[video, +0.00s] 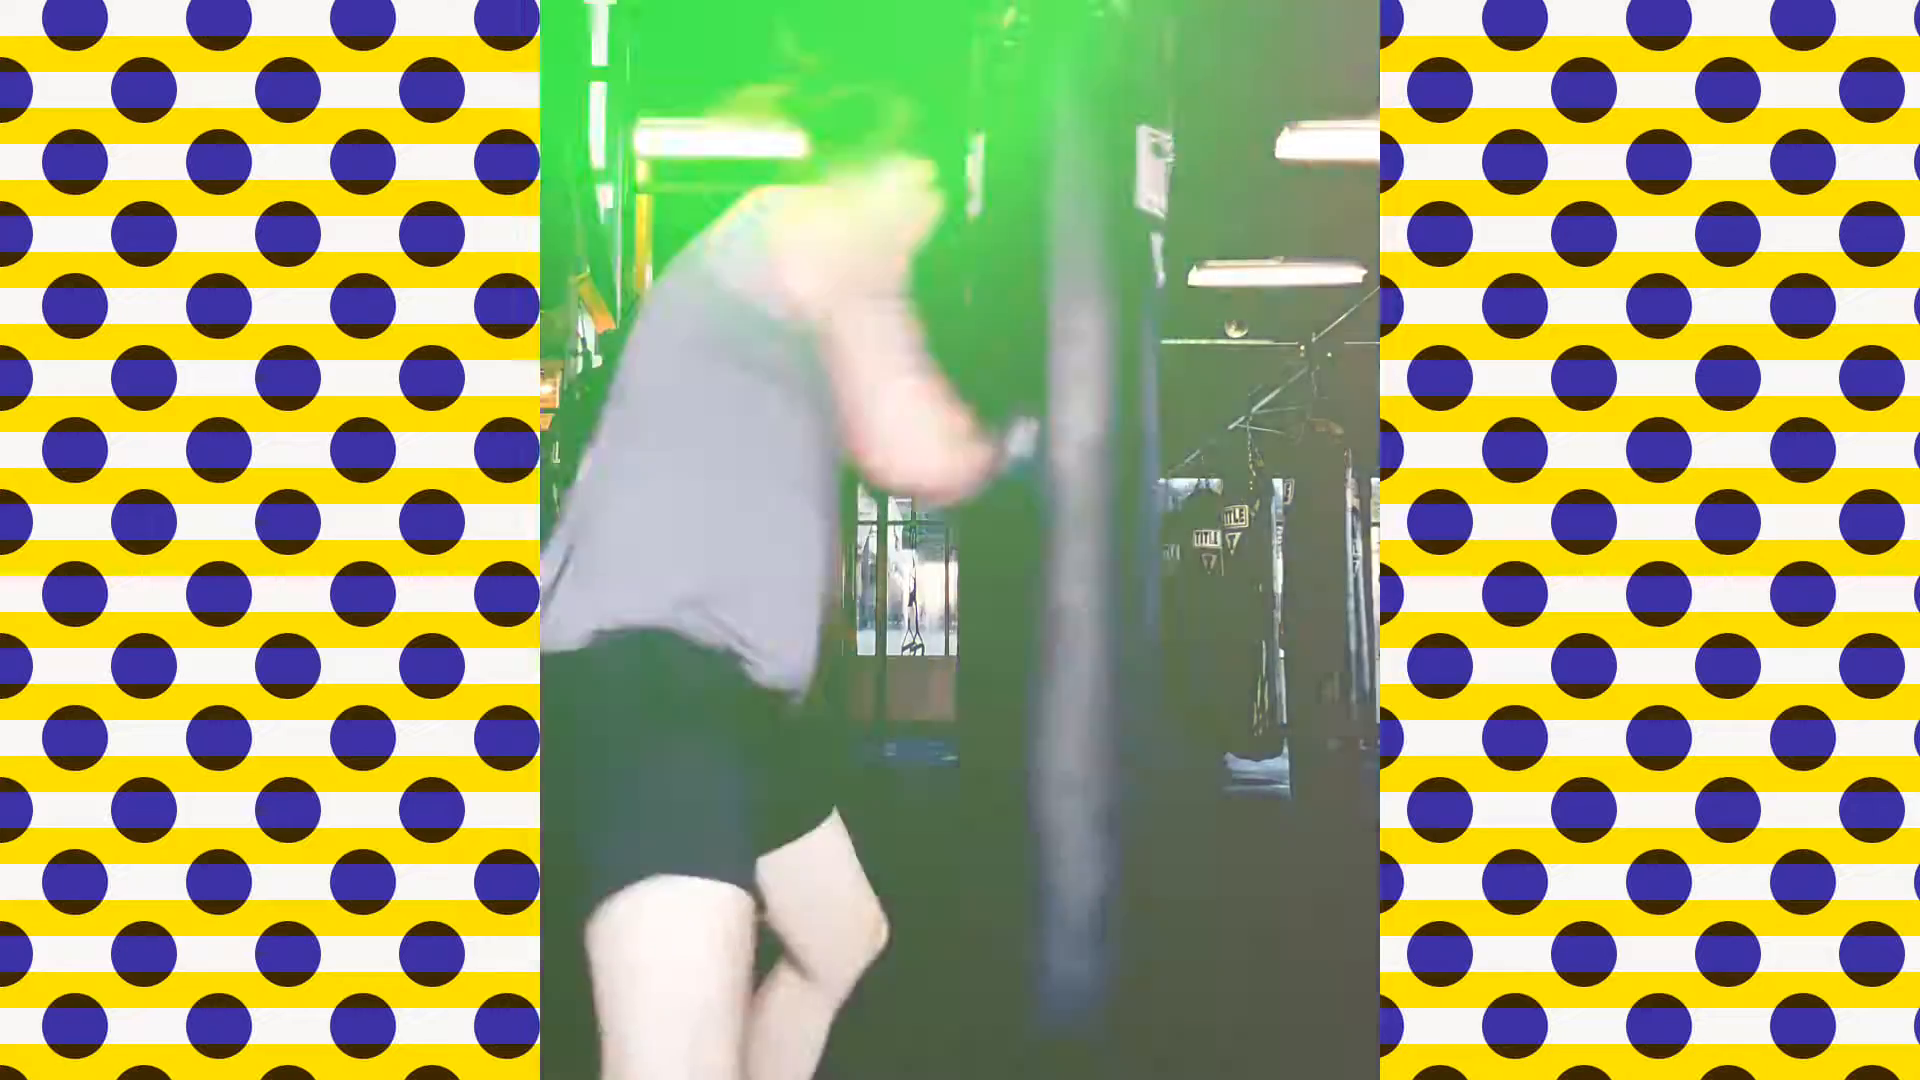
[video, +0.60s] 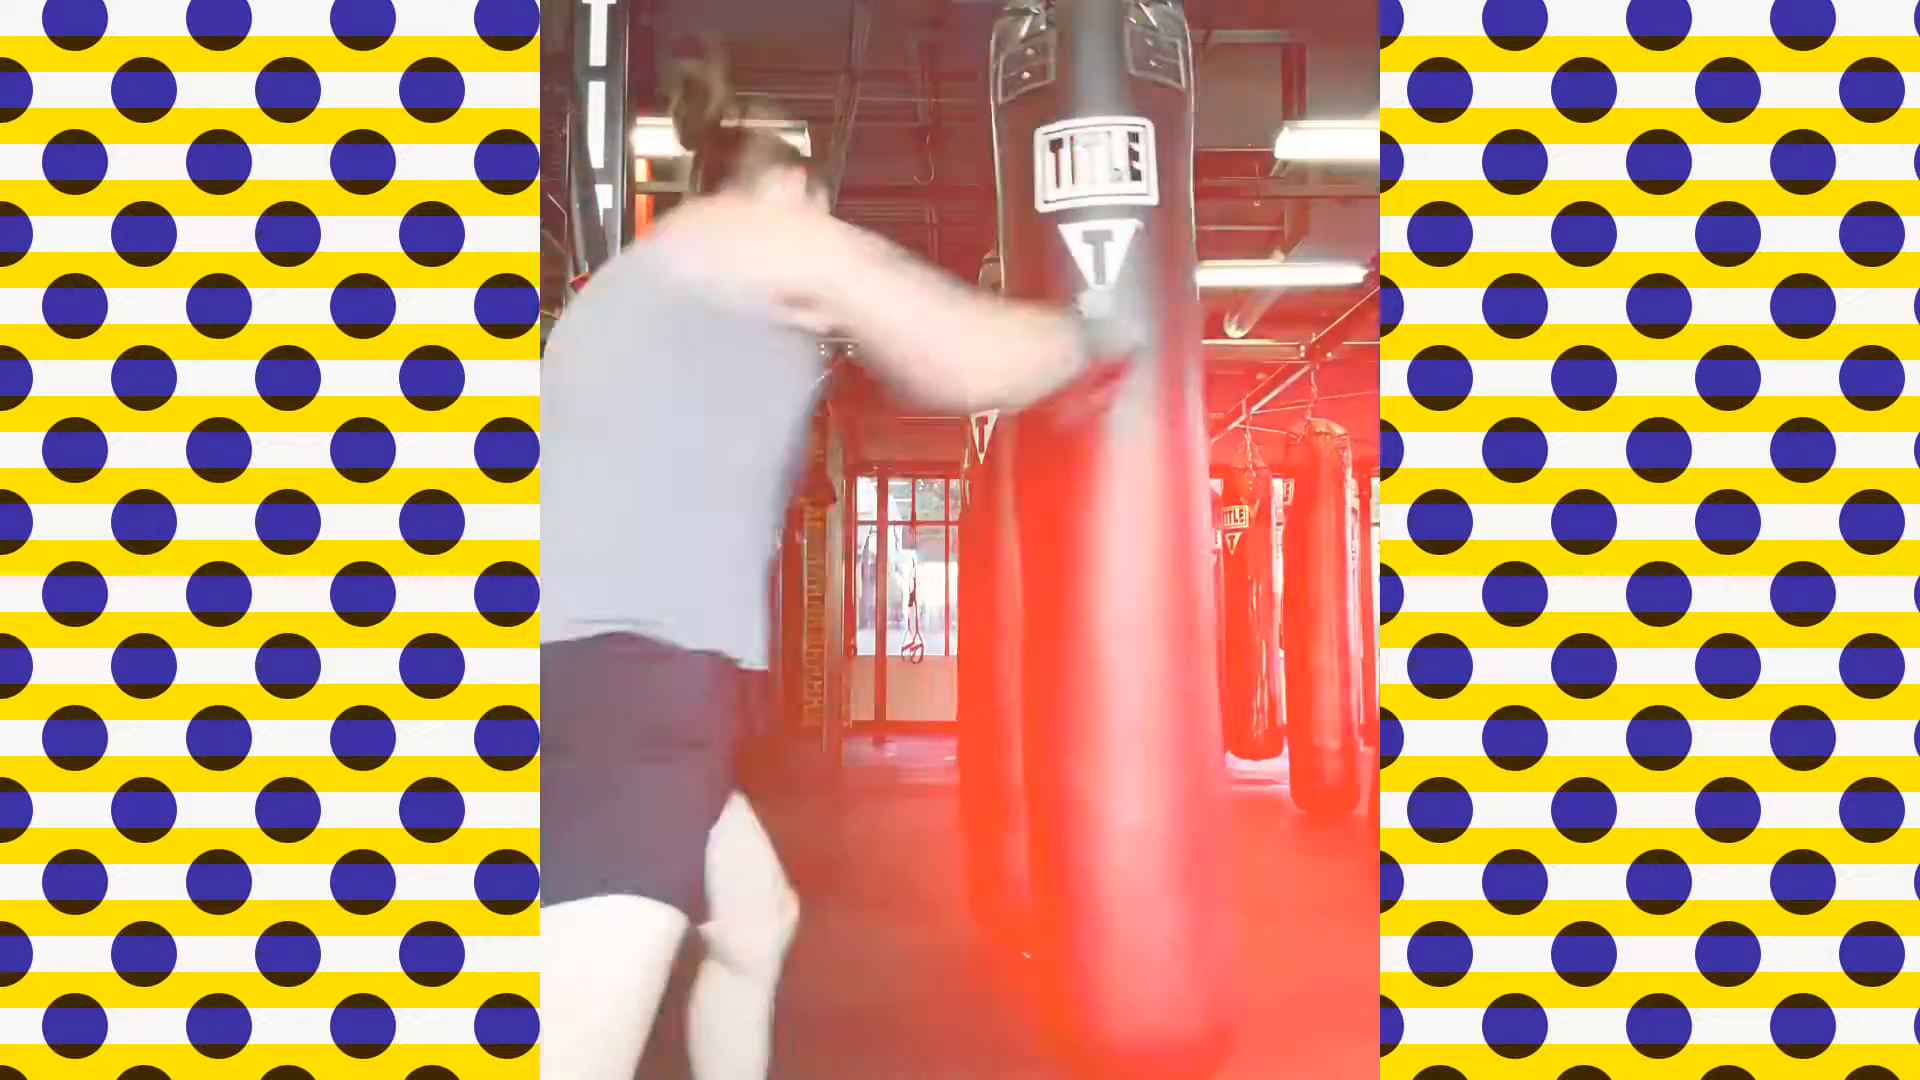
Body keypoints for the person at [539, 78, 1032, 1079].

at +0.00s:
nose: (923, 233)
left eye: (929, 215)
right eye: (923, 205)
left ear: (831, 158)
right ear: (890, 173)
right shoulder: (827, 218)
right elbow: (914, 452)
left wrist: (980, 441)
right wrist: (998, 446)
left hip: (726, 683)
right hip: (651, 669)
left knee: (840, 939)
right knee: (672, 1053)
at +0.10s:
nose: (902, 265)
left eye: (899, 244)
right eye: (893, 241)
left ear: (807, 214)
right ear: (861, 220)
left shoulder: (756, 299)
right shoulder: (818, 260)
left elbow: (915, 435)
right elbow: (926, 423)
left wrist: (1048, 475)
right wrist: (1066, 480)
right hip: (692, 660)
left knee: (812, 913)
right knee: (650, 1032)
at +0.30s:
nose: (815, 209)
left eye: (814, 189)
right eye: (814, 186)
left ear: (693, 167)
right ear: (791, 166)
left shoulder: (585, 282)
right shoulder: (804, 253)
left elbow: (530, 468)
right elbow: (849, 494)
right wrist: (903, 525)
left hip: (574, 657)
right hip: (677, 659)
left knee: (770, 921)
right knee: (700, 1052)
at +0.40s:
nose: (807, 140)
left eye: (822, 112)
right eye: (817, 100)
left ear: (745, 40)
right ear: (775, 43)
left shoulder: (622, 168)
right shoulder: (609, 158)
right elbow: (785, 403)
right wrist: (868, 270)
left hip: (628, 649)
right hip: (548, 647)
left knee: (734, 933)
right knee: (573, 1033)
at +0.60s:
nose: (822, 221)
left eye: (819, 201)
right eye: (815, 199)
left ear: (713, 179)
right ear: (782, 182)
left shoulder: (611, 295)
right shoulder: (757, 234)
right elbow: (964, 358)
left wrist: (1059, 359)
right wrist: (1094, 329)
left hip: (588, 675)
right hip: (640, 678)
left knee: (756, 921)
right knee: (579, 1046)